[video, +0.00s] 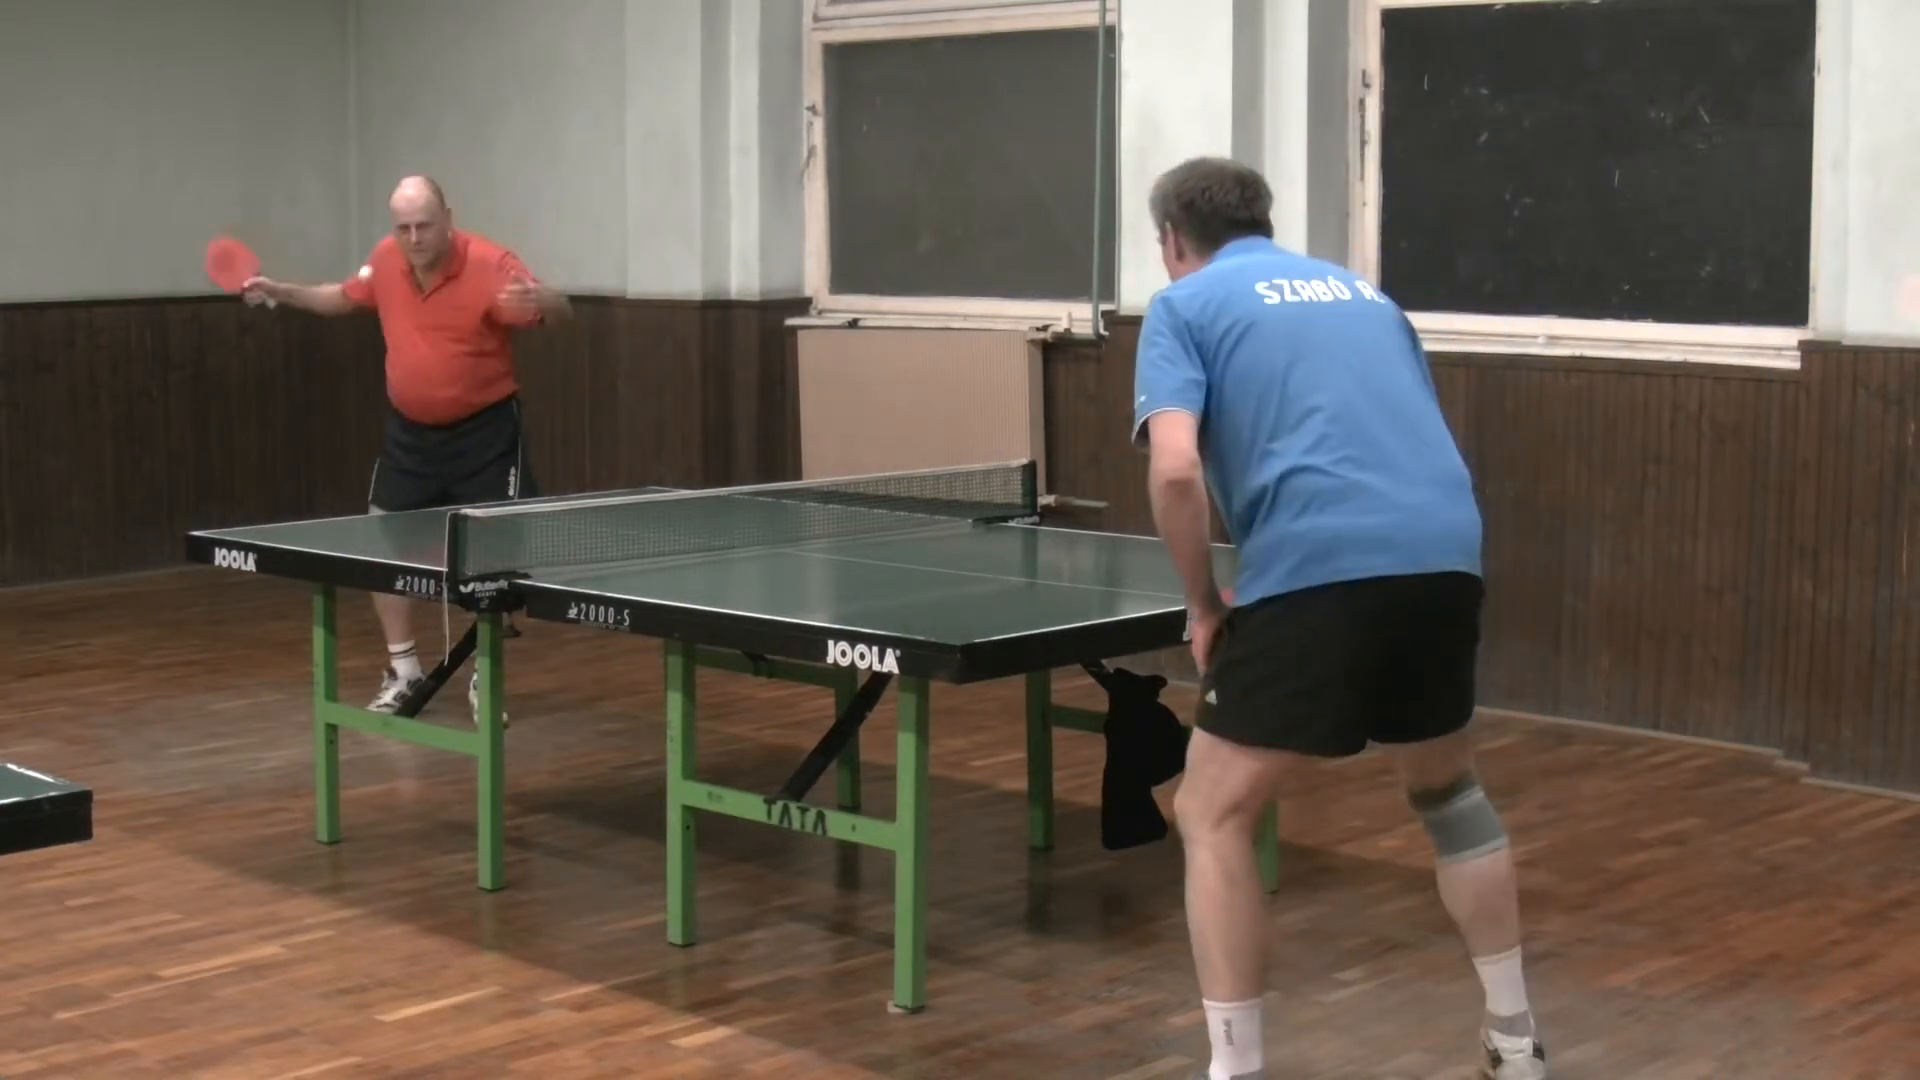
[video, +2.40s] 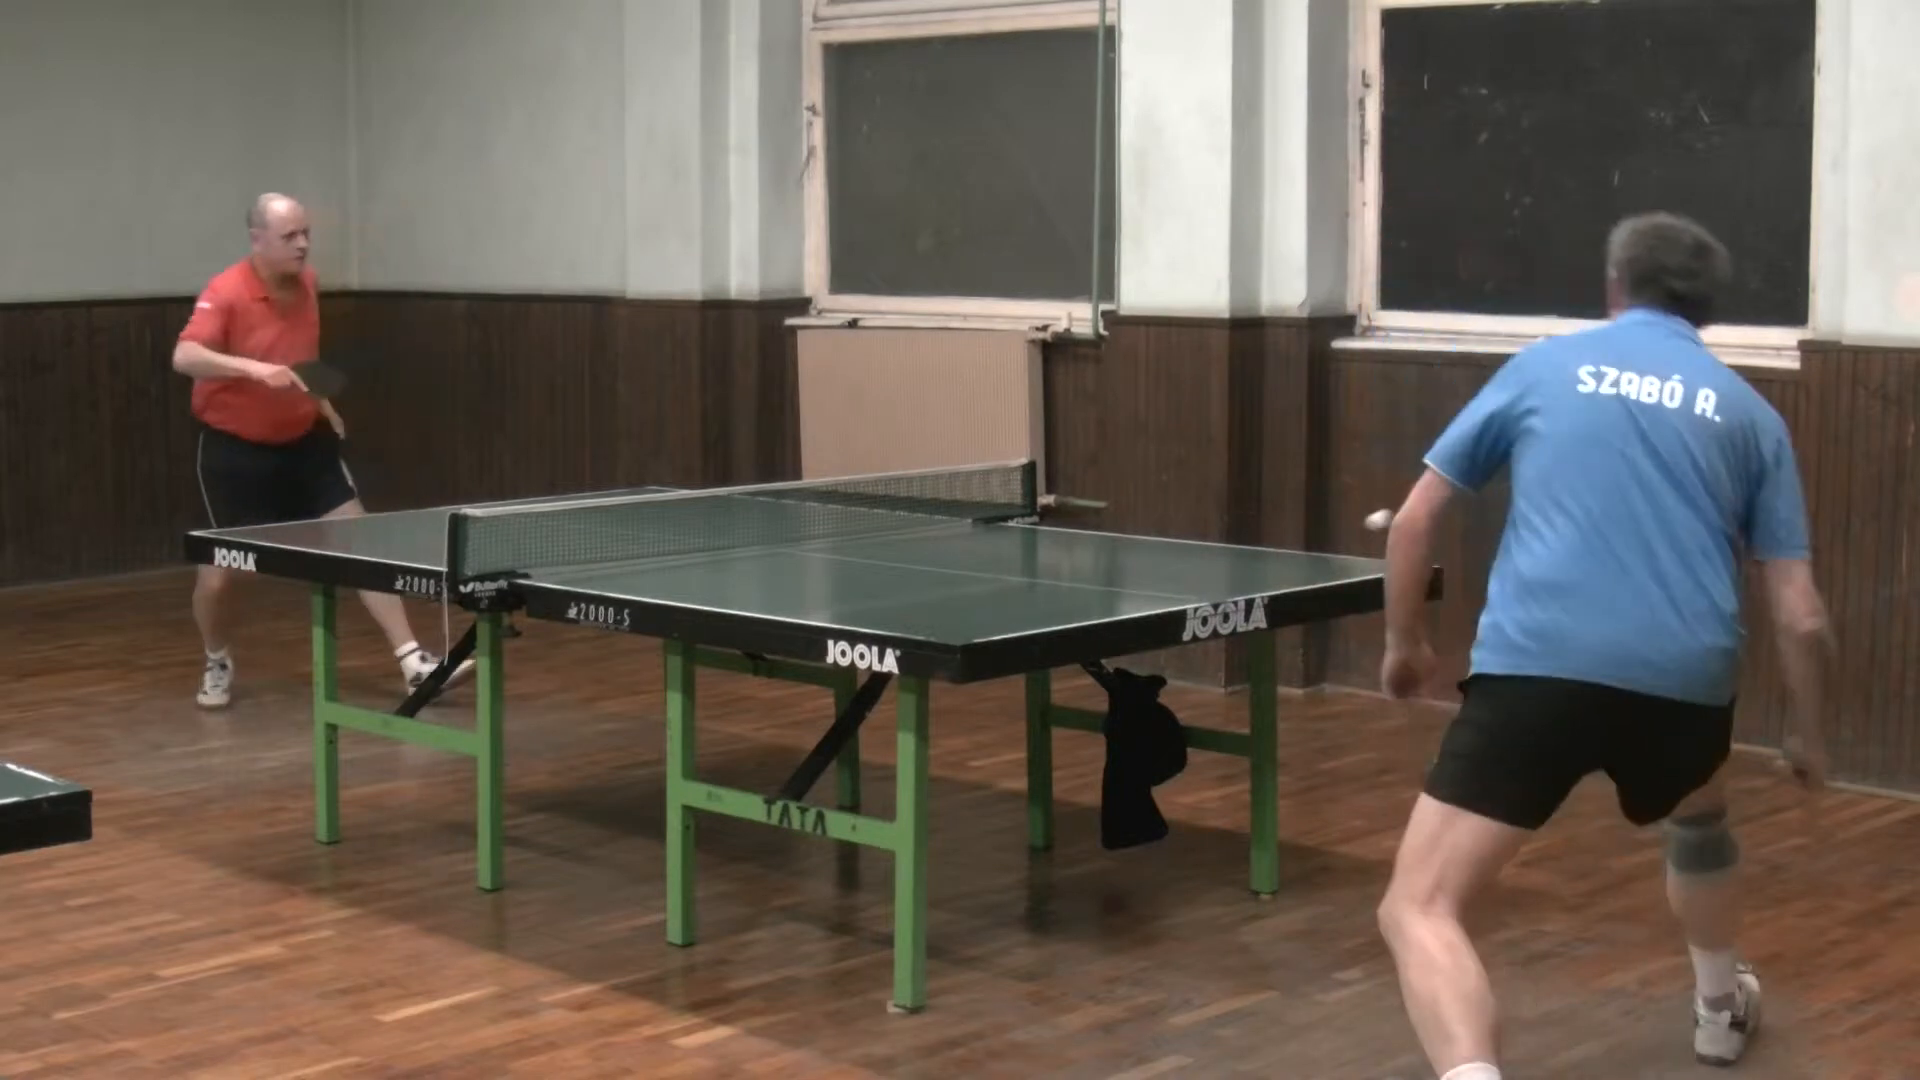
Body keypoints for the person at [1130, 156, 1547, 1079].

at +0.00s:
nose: (1163, 269)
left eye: (1160, 253)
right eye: (1164, 256)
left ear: (1178, 245)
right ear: (1261, 229)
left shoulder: (1181, 309)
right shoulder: (1361, 290)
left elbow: (1176, 467)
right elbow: (1411, 430)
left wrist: (1202, 601)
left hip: (1313, 571)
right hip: (1445, 559)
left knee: (1214, 812)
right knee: (1447, 786)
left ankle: (1235, 1065)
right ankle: (1516, 1040)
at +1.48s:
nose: (1266, 158)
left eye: (1268, 141)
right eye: (1269, 141)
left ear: (1285, 149)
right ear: (1380, 150)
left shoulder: (1278, 260)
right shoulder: (1450, 255)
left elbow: (1254, 460)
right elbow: (1501, 442)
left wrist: (1204, 618)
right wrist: (1479, 565)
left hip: (1359, 597)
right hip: (1491, 584)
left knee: (1314, 850)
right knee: (1456, 793)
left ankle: (1377, 1067)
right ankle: (1443, 1029)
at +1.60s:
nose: (1298, 166)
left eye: (1302, 151)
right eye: (1303, 151)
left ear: (1318, 157)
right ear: (1413, 158)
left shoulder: (1302, 265)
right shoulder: (1483, 260)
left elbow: (1269, 468)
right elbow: (1518, 434)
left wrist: (1228, 618)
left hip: (1381, 600)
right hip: (1515, 583)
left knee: (1321, 861)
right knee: (1507, 772)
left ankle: (1379, 1070)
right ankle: (1554, 1023)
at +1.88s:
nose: (1360, 192)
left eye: (1361, 175)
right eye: (1363, 175)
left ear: (1378, 175)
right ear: (1464, 169)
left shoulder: (1394, 267)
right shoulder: (1537, 259)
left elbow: (1379, 458)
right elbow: (1561, 453)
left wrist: (1323, 619)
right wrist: (1455, 573)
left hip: (1517, 579)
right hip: (1626, 566)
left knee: (1422, 843)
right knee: (1601, 810)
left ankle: (1414, 1070)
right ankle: (1660, 1044)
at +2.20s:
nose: (1422, 250)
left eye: (1422, 236)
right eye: (1422, 236)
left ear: (1438, 240)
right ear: (1530, 229)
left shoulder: (1434, 329)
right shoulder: (1610, 309)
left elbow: (1422, 524)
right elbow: (1651, 463)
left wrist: (1426, 671)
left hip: (1580, 619)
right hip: (1710, 598)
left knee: (1442, 877)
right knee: (1663, 791)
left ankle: (1493, 1070)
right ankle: (1702, 1024)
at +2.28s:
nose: (1481, 259)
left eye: (1484, 247)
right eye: (1485, 246)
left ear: (1500, 254)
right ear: (1589, 252)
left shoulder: (1468, 344)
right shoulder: (1660, 343)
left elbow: (1419, 549)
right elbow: (1725, 514)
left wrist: (1441, 681)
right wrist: (1709, 633)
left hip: (1555, 652)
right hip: (1695, 639)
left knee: (1414, 888)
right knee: (1684, 812)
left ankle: (1478, 1071)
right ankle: (1716, 1013)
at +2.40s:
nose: (1607, 293)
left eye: (1609, 282)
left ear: (1614, 290)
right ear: (1708, 306)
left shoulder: (1543, 364)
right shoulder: (1752, 417)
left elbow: (1414, 516)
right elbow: (1799, 614)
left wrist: (1404, 639)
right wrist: (1807, 734)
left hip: (1538, 671)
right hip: (1681, 685)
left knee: (1418, 905)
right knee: (1696, 813)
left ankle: (1473, 1071)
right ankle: (1719, 1009)